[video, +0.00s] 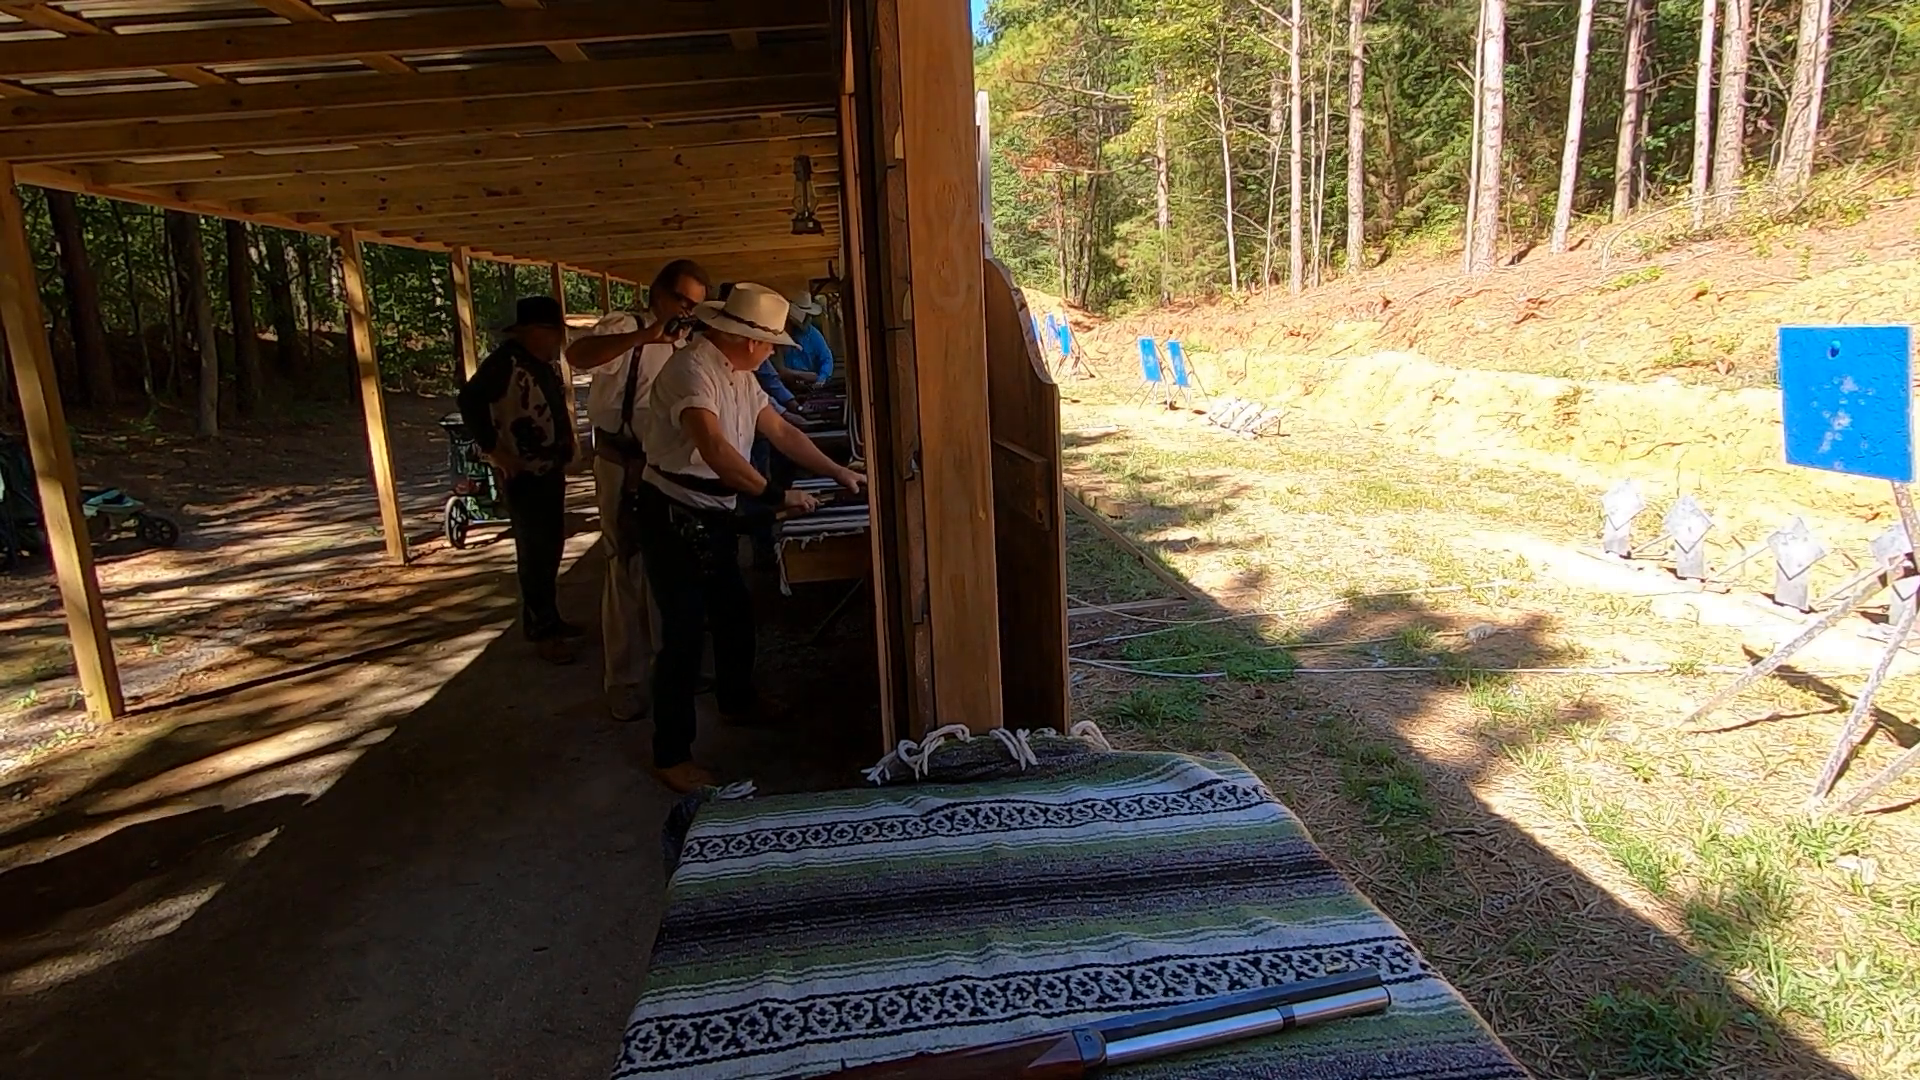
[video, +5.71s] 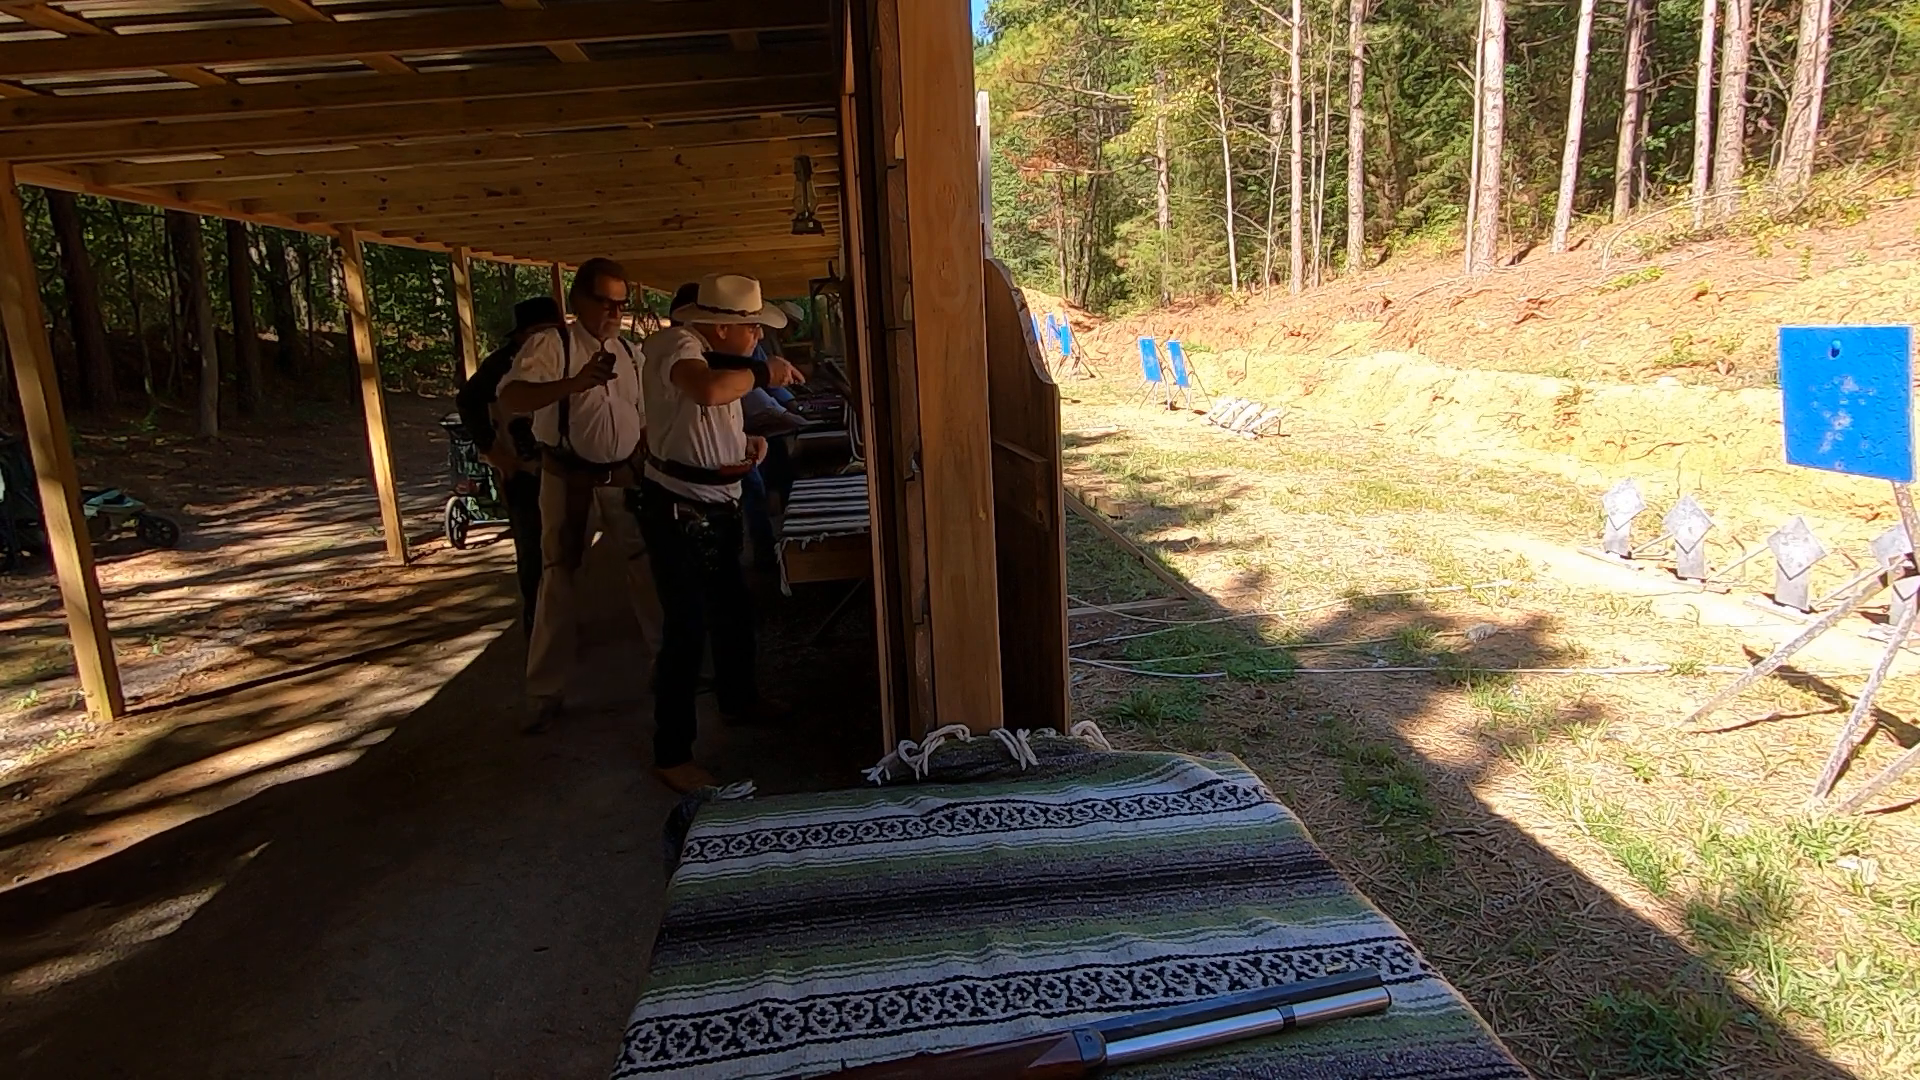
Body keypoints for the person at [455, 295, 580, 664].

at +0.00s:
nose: (560, 339)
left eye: (560, 331)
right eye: (555, 331)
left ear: (544, 332)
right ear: (535, 331)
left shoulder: (546, 364)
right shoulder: (506, 359)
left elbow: (552, 408)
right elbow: (469, 399)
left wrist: (565, 442)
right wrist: (493, 448)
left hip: (550, 472)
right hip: (524, 475)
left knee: (550, 550)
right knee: (535, 553)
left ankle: (548, 621)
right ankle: (541, 630)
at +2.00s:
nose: (563, 337)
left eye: (563, 330)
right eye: (557, 330)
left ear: (546, 333)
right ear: (534, 331)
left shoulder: (546, 366)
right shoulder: (506, 361)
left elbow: (551, 412)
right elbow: (470, 399)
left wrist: (565, 449)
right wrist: (491, 448)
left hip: (551, 473)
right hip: (525, 475)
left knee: (552, 550)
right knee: (536, 552)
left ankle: (549, 620)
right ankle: (541, 630)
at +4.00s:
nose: (564, 339)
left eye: (564, 331)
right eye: (558, 331)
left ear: (545, 333)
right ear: (536, 332)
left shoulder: (545, 365)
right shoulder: (507, 362)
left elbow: (552, 411)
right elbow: (470, 399)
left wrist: (566, 446)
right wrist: (492, 448)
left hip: (551, 472)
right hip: (526, 475)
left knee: (553, 548)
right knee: (536, 551)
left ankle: (547, 621)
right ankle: (542, 630)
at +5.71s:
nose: (553, 336)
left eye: (555, 328)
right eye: (545, 329)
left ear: (560, 327)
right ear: (528, 331)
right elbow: (468, 399)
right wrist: (492, 450)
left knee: (565, 548)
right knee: (532, 551)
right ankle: (536, 625)